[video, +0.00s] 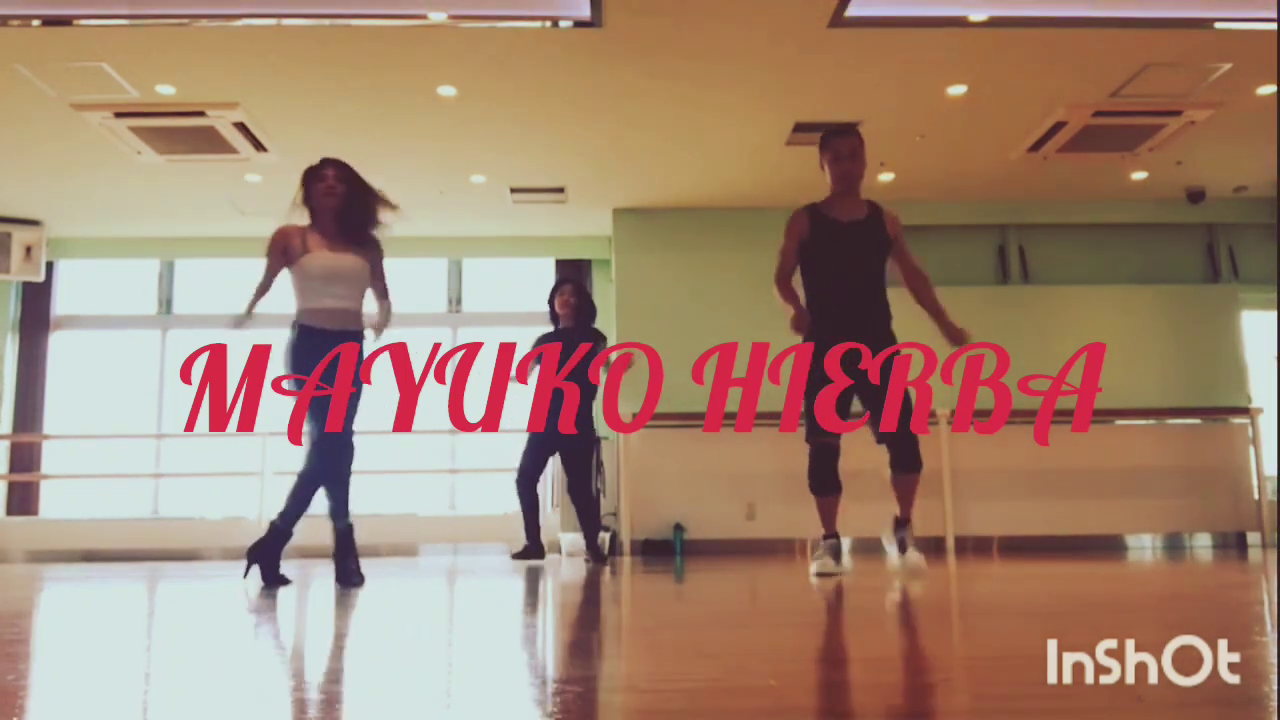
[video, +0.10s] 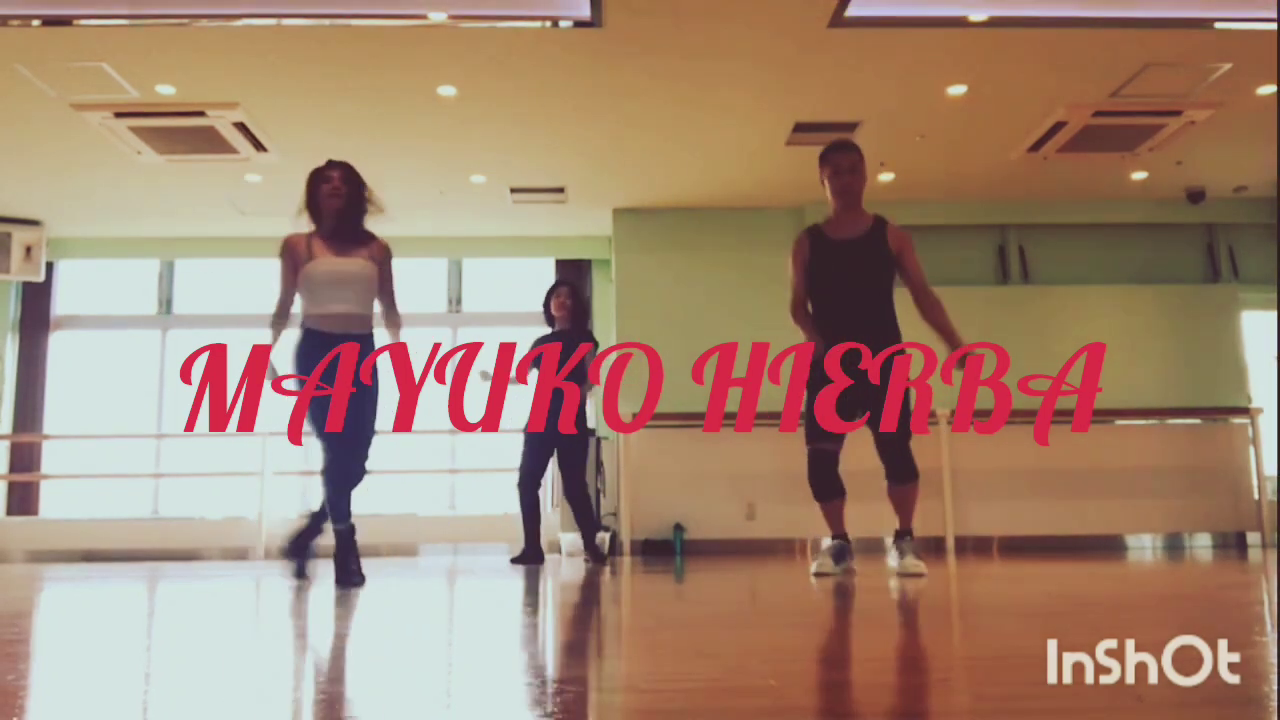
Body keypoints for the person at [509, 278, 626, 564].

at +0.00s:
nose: (566, 299)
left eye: (572, 295)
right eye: (561, 295)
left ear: (582, 302)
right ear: (553, 302)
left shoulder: (595, 340)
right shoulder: (545, 340)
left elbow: (598, 377)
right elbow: (522, 374)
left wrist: (613, 365)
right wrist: (525, 364)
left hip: (578, 426)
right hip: (544, 425)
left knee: (581, 489)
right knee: (525, 480)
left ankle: (592, 546)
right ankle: (533, 544)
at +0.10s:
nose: (561, 301)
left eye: (567, 297)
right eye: (557, 297)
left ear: (576, 304)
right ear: (548, 304)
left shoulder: (585, 342)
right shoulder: (542, 343)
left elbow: (593, 379)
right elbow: (520, 374)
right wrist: (491, 374)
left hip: (572, 422)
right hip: (540, 421)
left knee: (575, 485)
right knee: (527, 483)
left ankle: (590, 544)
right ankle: (532, 548)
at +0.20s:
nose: (558, 300)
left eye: (564, 296)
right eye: (554, 295)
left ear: (571, 303)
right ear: (545, 303)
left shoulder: (582, 340)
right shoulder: (535, 341)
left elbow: (583, 378)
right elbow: (521, 374)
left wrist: (563, 392)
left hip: (568, 419)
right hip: (535, 418)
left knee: (571, 482)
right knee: (526, 482)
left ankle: (583, 543)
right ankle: (532, 548)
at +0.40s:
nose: (553, 296)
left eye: (559, 292)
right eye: (548, 292)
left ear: (567, 300)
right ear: (540, 300)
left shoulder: (580, 336)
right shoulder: (529, 339)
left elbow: (587, 376)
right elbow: (520, 375)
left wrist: (582, 361)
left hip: (569, 415)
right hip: (536, 414)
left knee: (572, 479)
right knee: (528, 481)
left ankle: (563, 543)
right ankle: (532, 547)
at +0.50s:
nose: (554, 297)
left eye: (560, 292)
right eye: (549, 292)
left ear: (568, 300)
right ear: (540, 300)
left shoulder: (578, 338)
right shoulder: (530, 338)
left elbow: (593, 376)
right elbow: (520, 376)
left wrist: (600, 361)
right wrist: (524, 357)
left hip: (571, 418)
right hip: (538, 417)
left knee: (573, 483)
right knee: (530, 483)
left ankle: (563, 547)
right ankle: (532, 547)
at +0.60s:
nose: (555, 299)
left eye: (561, 295)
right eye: (550, 294)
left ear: (568, 302)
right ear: (541, 300)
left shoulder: (574, 339)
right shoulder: (528, 336)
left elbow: (600, 376)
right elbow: (507, 374)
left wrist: (629, 369)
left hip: (574, 420)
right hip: (541, 420)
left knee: (575, 486)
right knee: (530, 486)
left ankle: (563, 548)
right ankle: (533, 548)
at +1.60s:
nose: (556, 301)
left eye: (561, 297)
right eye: (551, 297)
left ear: (569, 304)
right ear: (542, 305)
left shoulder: (580, 336)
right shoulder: (530, 341)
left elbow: (600, 367)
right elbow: (511, 364)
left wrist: (619, 388)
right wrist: (499, 379)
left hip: (568, 421)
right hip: (535, 420)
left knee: (574, 485)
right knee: (523, 483)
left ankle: (563, 548)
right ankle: (531, 548)